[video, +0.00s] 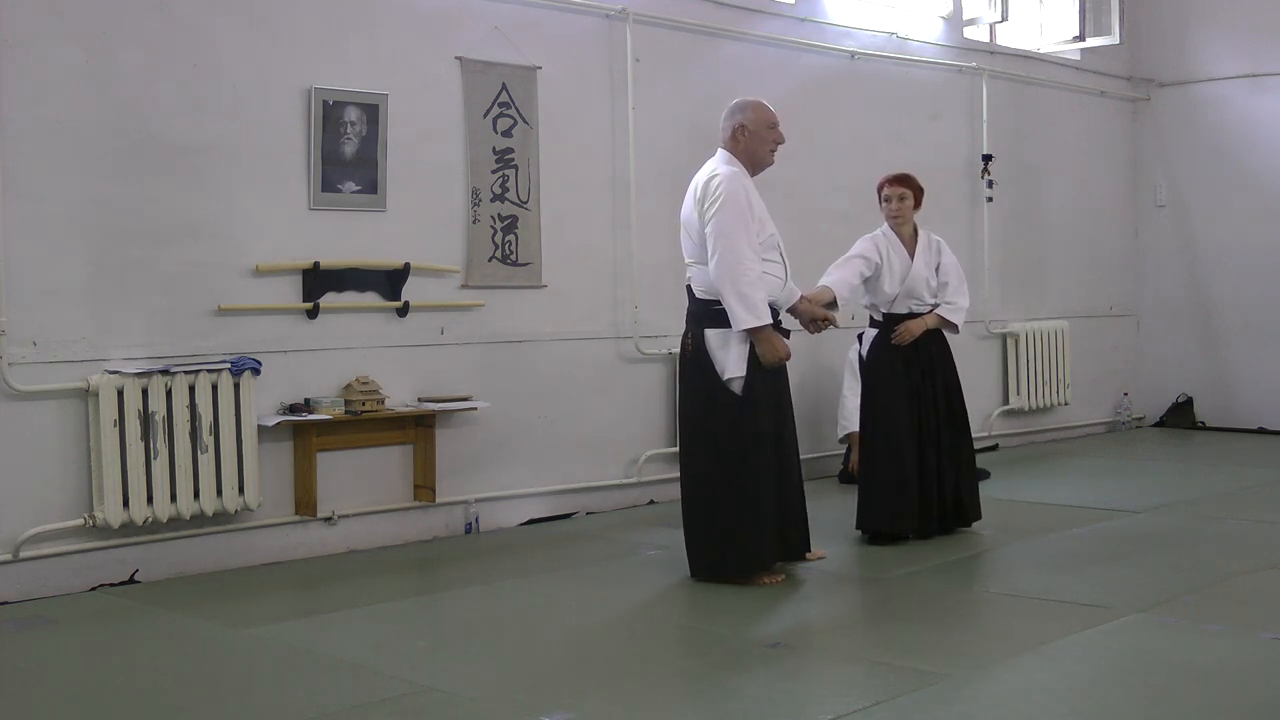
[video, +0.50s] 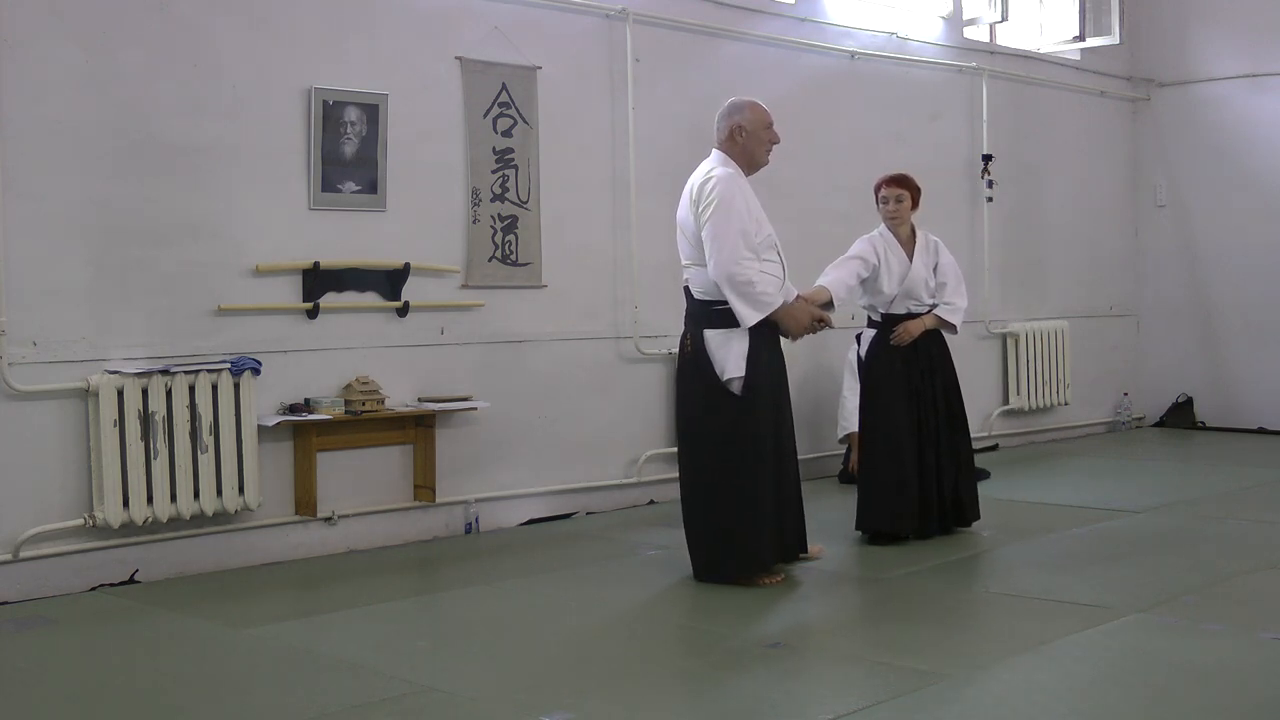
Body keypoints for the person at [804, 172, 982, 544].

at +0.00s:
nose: (894, 206)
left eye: (902, 199)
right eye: (887, 200)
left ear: (917, 204)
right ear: (880, 206)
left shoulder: (935, 246)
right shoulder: (873, 246)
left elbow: (956, 299)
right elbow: (844, 275)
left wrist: (923, 323)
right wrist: (812, 300)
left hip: (929, 344)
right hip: (887, 346)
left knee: (938, 427)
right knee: (892, 432)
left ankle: (943, 515)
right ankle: (893, 521)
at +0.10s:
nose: (893, 206)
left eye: (901, 199)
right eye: (886, 200)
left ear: (916, 204)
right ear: (880, 206)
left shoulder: (934, 246)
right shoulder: (872, 246)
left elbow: (955, 299)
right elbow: (843, 276)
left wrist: (923, 323)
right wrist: (810, 299)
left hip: (929, 344)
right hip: (886, 347)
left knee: (937, 427)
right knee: (891, 432)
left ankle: (941, 515)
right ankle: (892, 521)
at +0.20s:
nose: (892, 207)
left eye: (900, 200)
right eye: (885, 201)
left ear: (915, 204)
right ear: (878, 206)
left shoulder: (934, 246)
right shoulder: (872, 246)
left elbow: (955, 299)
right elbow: (844, 273)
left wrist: (923, 323)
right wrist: (814, 297)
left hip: (928, 344)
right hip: (886, 346)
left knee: (936, 427)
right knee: (890, 431)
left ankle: (940, 515)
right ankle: (891, 521)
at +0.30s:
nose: (892, 207)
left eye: (900, 200)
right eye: (885, 201)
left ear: (915, 204)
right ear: (878, 207)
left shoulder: (933, 247)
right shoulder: (872, 247)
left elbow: (954, 300)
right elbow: (842, 276)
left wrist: (922, 323)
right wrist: (809, 299)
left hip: (928, 344)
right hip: (886, 346)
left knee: (936, 427)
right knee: (891, 432)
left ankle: (941, 515)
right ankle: (892, 521)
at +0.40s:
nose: (892, 207)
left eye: (900, 200)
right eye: (885, 202)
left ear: (915, 204)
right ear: (878, 207)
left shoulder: (933, 246)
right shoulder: (871, 246)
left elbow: (955, 300)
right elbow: (842, 275)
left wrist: (922, 323)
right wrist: (810, 299)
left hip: (928, 344)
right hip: (886, 347)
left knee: (936, 427)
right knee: (891, 432)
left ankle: (941, 515)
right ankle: (891, 521)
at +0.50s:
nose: (892, 208)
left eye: (899, 200)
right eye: (884, 202)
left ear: (914, 204)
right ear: (878, 207)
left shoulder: (932, 246)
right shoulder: (871, 247)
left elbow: (954, 299)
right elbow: (843, 275)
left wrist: (922, 323)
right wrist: (810, 299)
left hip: (928, 344)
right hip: (886, 347)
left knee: (936, 427)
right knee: (891, 432)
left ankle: (940, 514)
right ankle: (892, 520)